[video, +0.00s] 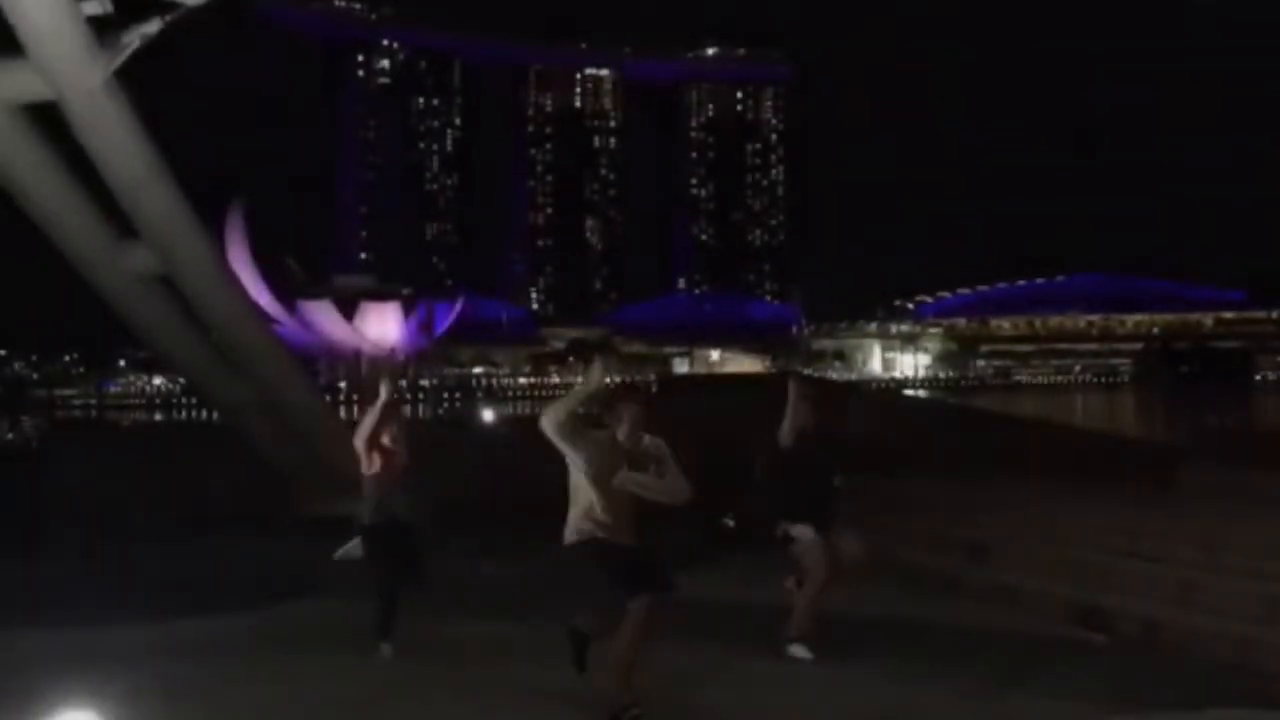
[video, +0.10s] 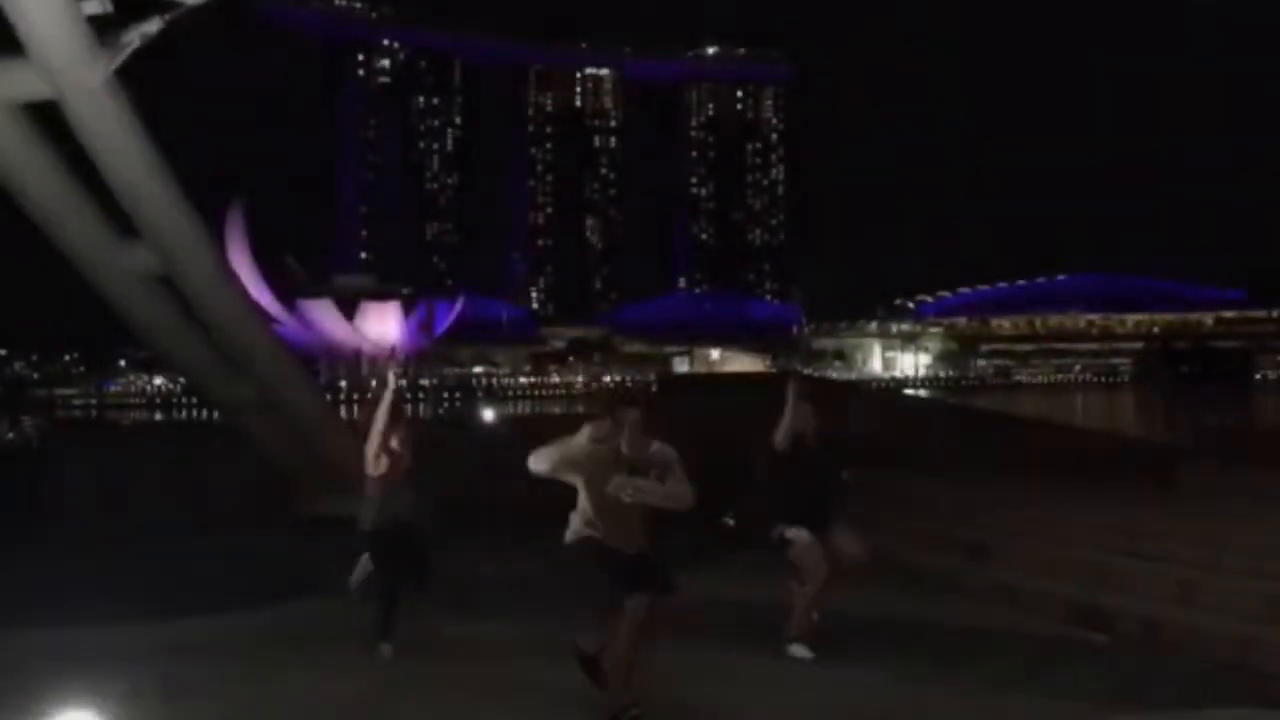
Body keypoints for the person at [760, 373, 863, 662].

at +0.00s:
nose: (804, 417)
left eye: (806, 410)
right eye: (798, 411)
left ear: (812, 414)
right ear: (790, 416)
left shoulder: (820, 446)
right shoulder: (786, 451)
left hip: (820, 514)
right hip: (796, 516)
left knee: (848, 555)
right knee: (816, 570)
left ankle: (801, 584)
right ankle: (796, 636)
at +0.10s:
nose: (804, 423)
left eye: (807, 417)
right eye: (798, 417)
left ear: (815, 420)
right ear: (789, 421)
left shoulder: (821, 450)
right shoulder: (782, 453)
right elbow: (779, 442)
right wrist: (790, 408)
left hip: (819, 517)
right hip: (789, 519)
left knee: (850, 554)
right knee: (815, 571)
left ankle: (810, 606)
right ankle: (795, 636)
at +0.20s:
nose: (808, 417)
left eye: (812, 412)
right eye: (803, 412)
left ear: (820, 414)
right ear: (795, 414)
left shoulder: (828, 439)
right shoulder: (788, 440)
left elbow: (851, 471)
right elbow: (769, 451)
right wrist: (791, 420)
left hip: (826, 511)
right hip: (793, 513)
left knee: (840, 557)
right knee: (808, 566)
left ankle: (823, 611)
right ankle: (795, 635)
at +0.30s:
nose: (811, 407)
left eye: (815, 401)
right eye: (806, 401)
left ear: (824, 404)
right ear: (798, 404)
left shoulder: (835, 431)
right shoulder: (788, 429)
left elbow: (854, 461)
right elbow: (768, 463)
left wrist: (856, 483)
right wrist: (795, 460)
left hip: (829, 506)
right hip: (794, 507)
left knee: (829, 564)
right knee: (796, 569)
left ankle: (833, 621)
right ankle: (795, 631)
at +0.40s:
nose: (811, 406)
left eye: (817, 400)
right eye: (807, 400)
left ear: (828, 402)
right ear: (802, 402)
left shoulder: (842, 433)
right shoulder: (793, 431)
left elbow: (857, 475)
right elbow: (775, 469)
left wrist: (855, 507)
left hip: (829, 507)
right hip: (794, 506)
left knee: (827, 564)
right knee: (790, 565)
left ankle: (833, 621)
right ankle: (778, 623)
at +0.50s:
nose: (810, 408)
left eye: (816, 403)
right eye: (807, 402)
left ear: (828, 407)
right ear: (803, 406)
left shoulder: (841, 442)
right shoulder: (795, 436)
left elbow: (849, 485)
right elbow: (769, 466)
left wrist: (822, 495)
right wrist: (748, 490)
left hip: (827, 511)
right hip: (795, 507)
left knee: (824, 562)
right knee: (784, 561)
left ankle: (832, 620)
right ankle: (772, 618)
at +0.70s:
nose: (803, 400)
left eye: (807, 395)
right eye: (799, 395)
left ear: (817, 398)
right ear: (794, 398)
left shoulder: (828, 427)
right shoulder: (791, 425)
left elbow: (832, 466)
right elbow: (769, 455)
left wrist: (804, 493)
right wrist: (749, 482)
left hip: (820, 499)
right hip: (794, 496)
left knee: (807, 550)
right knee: (785, 546)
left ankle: (830, 607)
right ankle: (803, 600)